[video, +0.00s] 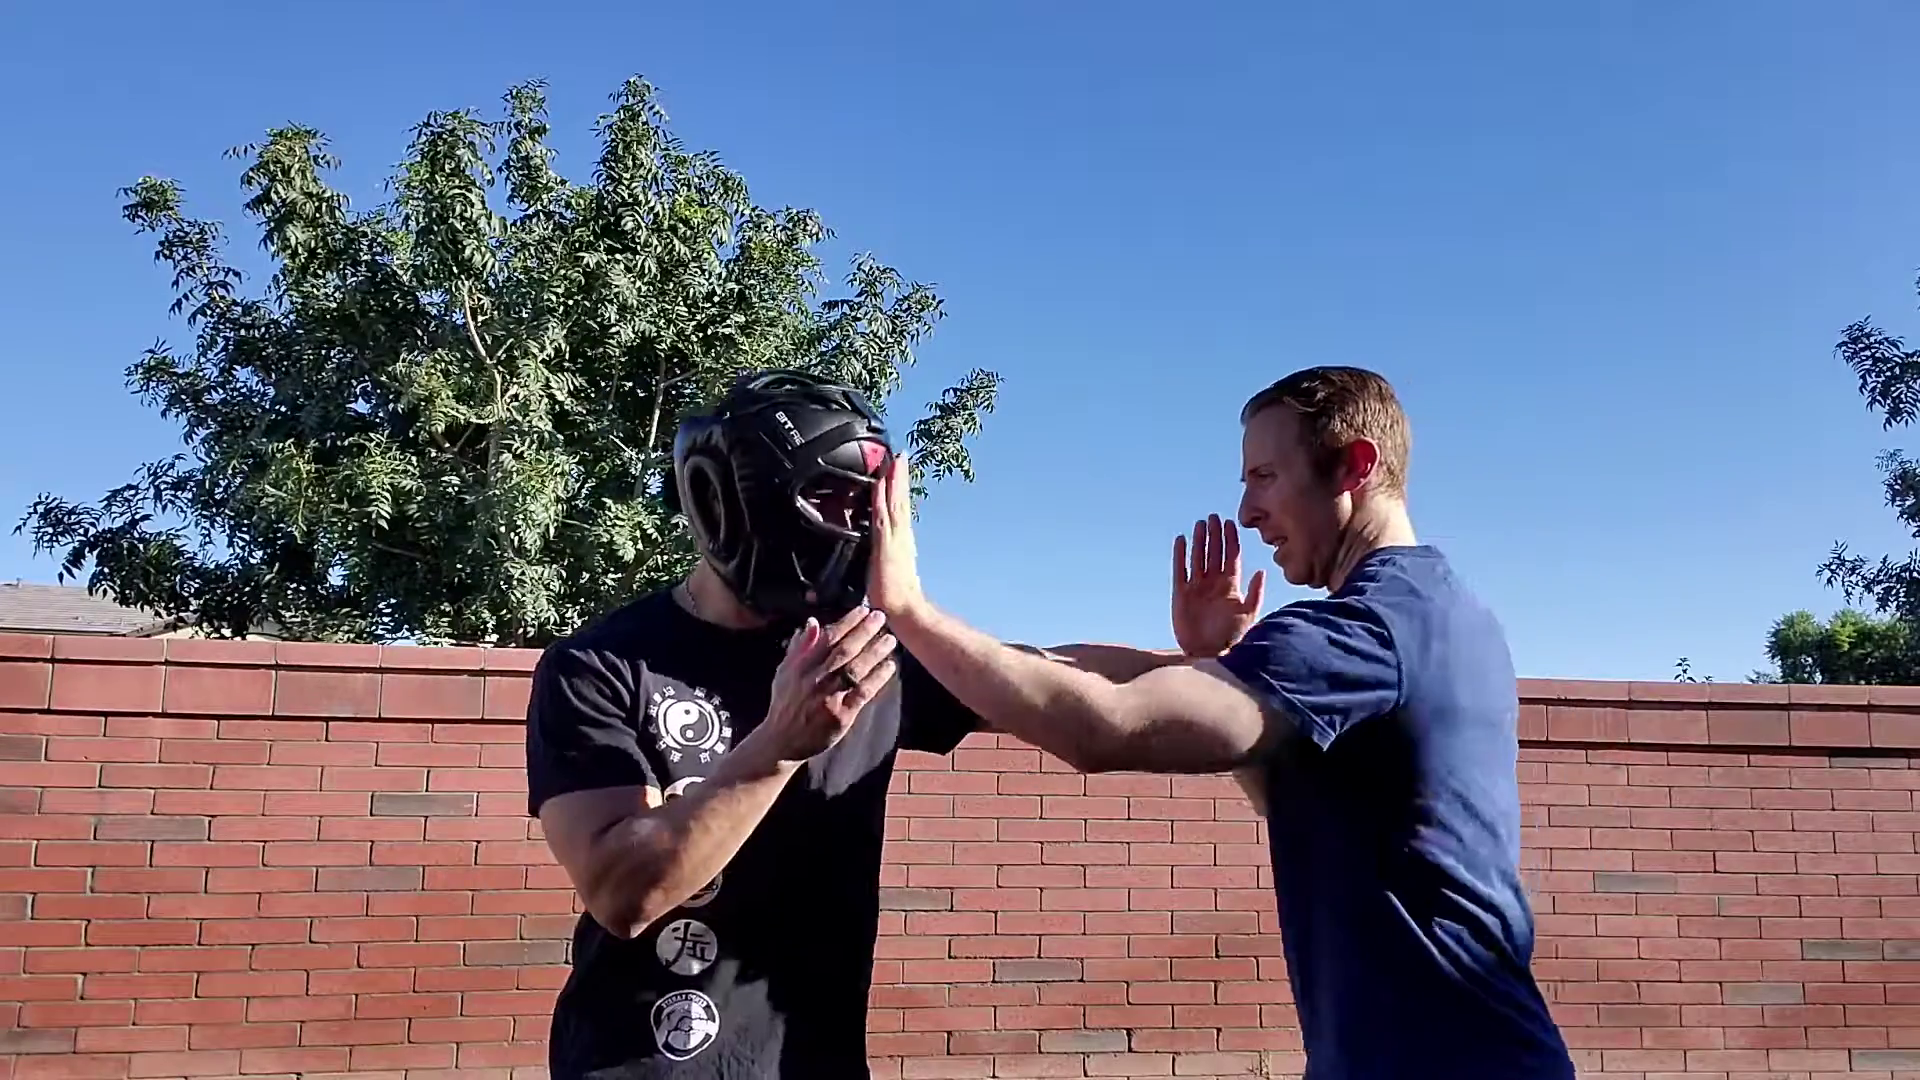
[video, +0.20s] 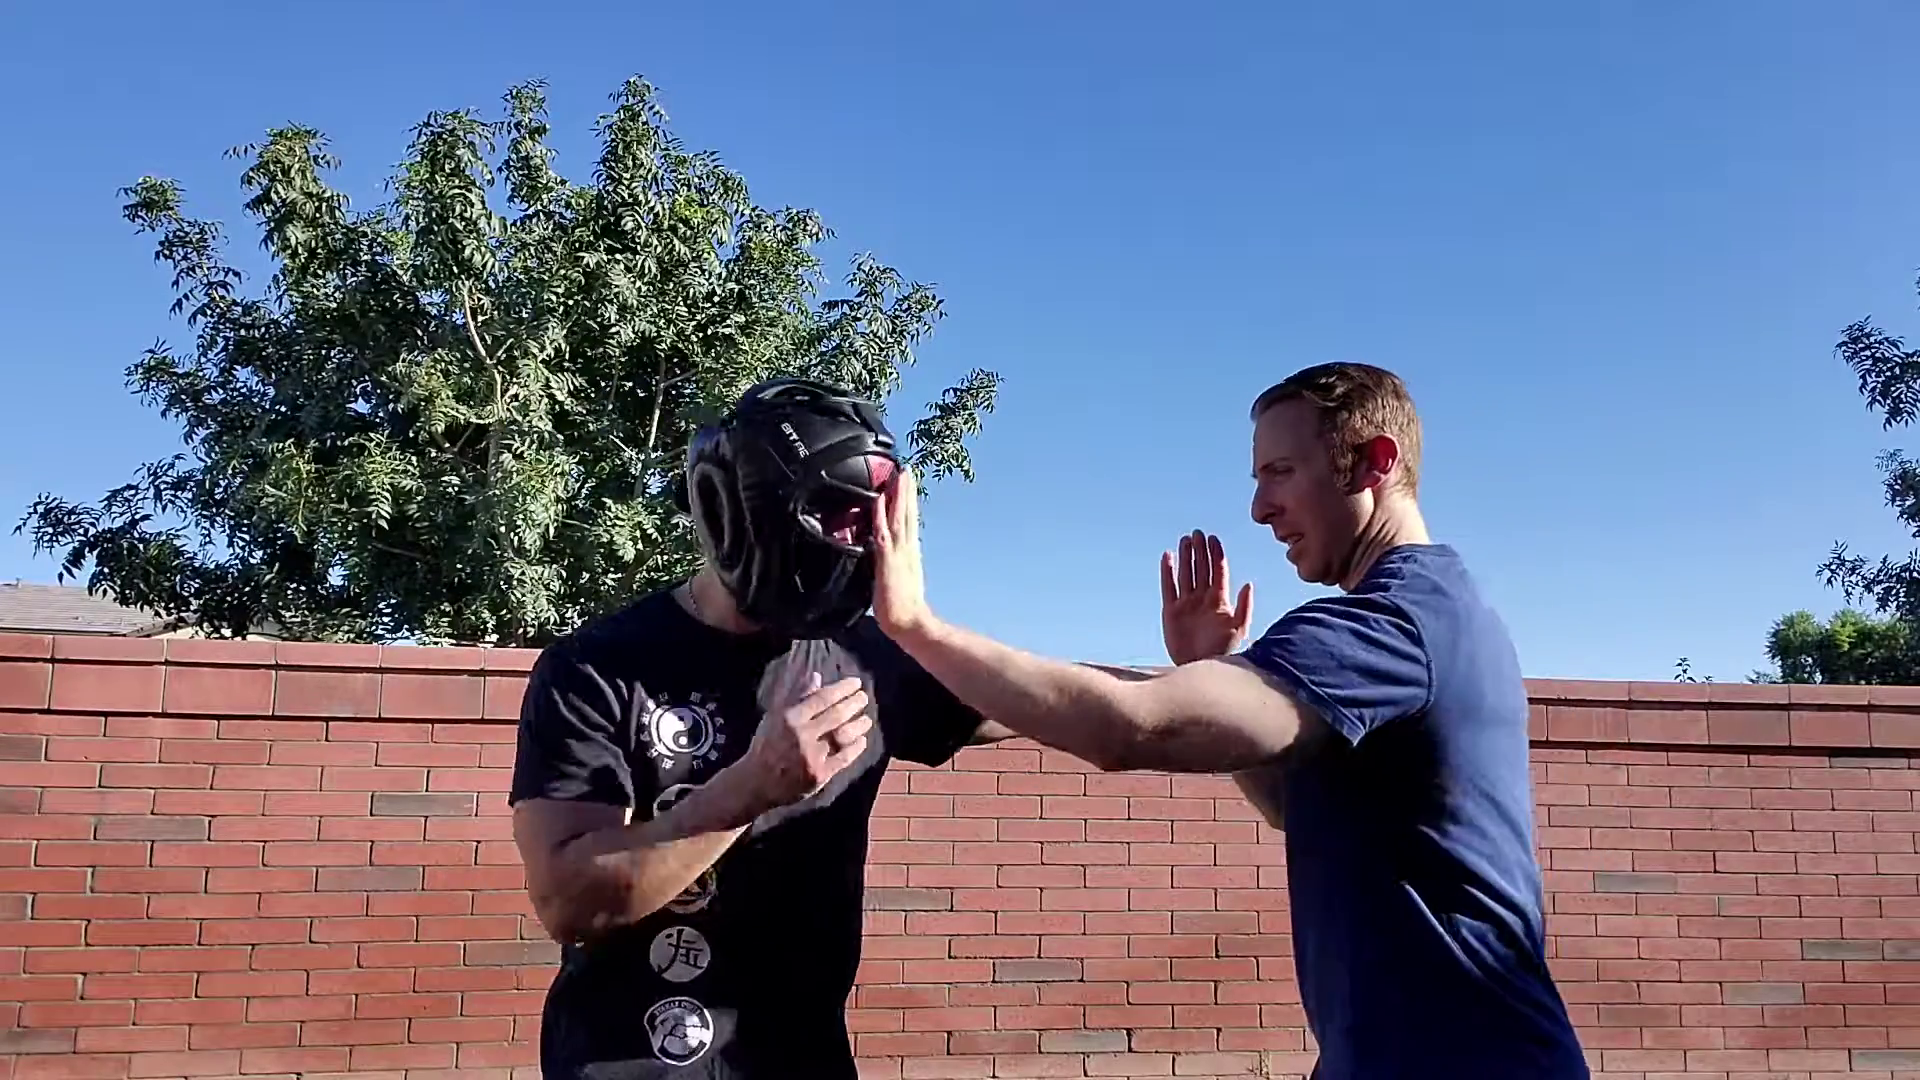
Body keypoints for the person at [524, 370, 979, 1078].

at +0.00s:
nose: (862, 530)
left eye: (869, 503)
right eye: (836, 501)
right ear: (748, 506)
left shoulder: (870, 659)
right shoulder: (595, 668)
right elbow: (623, 894)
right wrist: (780, 741)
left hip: (813, 1057)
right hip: (633, 1059)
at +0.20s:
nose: (859, 544)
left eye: (869, 519)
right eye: (839, 516)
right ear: (761, 512)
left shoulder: (865, 659)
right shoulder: (593, 668)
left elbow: (1050, 703)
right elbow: (570, 898)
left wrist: (916, 626)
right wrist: (754, 783)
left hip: (799, 1053)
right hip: (621, 1058)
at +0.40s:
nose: (809, 548)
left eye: (821, 523)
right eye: (787, 517)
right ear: (692, 505)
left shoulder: (795, 676)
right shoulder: (522, 682)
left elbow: (968, 720)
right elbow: (410, 899)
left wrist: (1114, 704)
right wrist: (584, 937)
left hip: (726, 1061)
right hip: (555, 1063)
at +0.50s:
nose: (850, 554)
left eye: (857, 526)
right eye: (832, 518)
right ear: (732, 500)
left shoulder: (787, 666)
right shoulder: (557, 650)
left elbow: (927, 767)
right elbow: (425, 857)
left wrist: (1110, 726)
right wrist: (578, 881)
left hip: (738, 1059)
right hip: (575, 1060)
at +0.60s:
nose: (907, 567)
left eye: (910, 543)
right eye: (893, 535)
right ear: (792, 520)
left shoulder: (807, 670)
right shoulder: (675, 651)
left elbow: (846, 860)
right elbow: (656, 798)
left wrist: (982, 817)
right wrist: (820, 692)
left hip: (780, 1045)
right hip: (661, 1049)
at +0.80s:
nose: (960, 588)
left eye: (962, 565)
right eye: (947, 563)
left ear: (844, 542)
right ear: (879, 545)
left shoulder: (739, 657)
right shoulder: (827, 650)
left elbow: (660, 850)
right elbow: (1035, 718)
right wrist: (1226, 675)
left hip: (696, 1046)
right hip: (786, 1054)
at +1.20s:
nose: (980, 599)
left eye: (984, 571)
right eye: (969, 569)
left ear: (854, 549)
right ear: (911, 556)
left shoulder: (744, 655)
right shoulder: (849, 654)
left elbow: (636, 836)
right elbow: (1028, 740)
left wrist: (732, 944)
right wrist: (1238, 749)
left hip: (697, 1040)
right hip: (782, 1051)